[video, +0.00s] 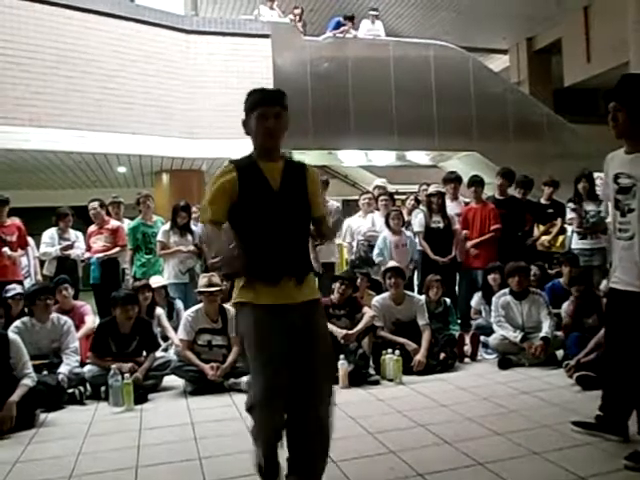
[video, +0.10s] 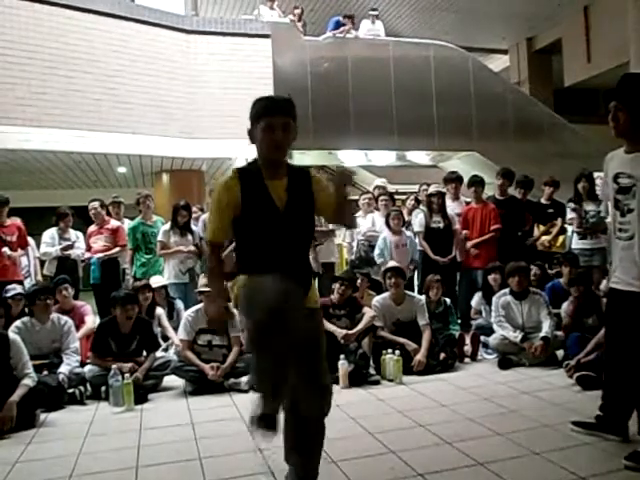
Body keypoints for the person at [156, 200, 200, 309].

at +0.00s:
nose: (182, 220)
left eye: (185, 217)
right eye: (180, 217)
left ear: (189, 218)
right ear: (175, 216)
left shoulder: (192, 231)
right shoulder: (166, 230)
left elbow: (199, 250)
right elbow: (160, 252)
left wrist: (193, 250)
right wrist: (178, 249)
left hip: (191, 274)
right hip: (174, 274)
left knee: (192, 308)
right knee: (179, 309)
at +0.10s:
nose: (182, 219)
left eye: (185, 216)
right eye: (180, 216)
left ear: (189, 217)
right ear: (175, 215)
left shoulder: (193, 231)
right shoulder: (166, 230)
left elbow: (201, 251)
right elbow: (160, 252)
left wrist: (193, 250)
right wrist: (178, 249)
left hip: (191, 274)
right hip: (174, 274)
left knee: (193, 309)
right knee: (179, 309)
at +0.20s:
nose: (183, 219)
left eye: (185, 216)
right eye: (181, 215)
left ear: (189, 216)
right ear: (175, 214)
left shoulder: (193, 231)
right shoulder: (166, 230)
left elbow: (201, 251)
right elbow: (159, 251)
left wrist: (193, 250)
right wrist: (178, 249)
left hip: (191, 274)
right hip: (174, 274)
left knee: (192, 309)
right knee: (179, 309)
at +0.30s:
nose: (182, 214)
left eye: (185, 211)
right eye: (180, 211)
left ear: (189, 214)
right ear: (175, 212)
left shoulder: (192, 231)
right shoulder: (166, 230)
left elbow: (199, 250)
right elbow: (159, 251)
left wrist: (193, 249)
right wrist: (178, 249)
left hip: (191, 274)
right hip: (174, 274)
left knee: (192, 309)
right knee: (179, 309)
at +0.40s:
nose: (182, 212)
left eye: (185, 209)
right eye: (179, 209)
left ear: (188, 212)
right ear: (175, 211)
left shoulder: (192, 230)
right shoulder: (166, 229)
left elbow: (199, 250)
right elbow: (159, 251)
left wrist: (192, 249)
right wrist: (179, 249)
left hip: (191, 273)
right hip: (173, 274)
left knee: (192, 308)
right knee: (179, 309)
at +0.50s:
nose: (182, 211)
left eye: (184, 208)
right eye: (179, 208)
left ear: (188, 211)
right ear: (174, 211)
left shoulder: (192, 230)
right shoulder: (166, 229)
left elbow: (200, 250)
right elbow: (159, 251)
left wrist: (192, 249)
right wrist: (179, 249)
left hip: (191, 274)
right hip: (173, 274)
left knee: (191, 309)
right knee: (178, 310)